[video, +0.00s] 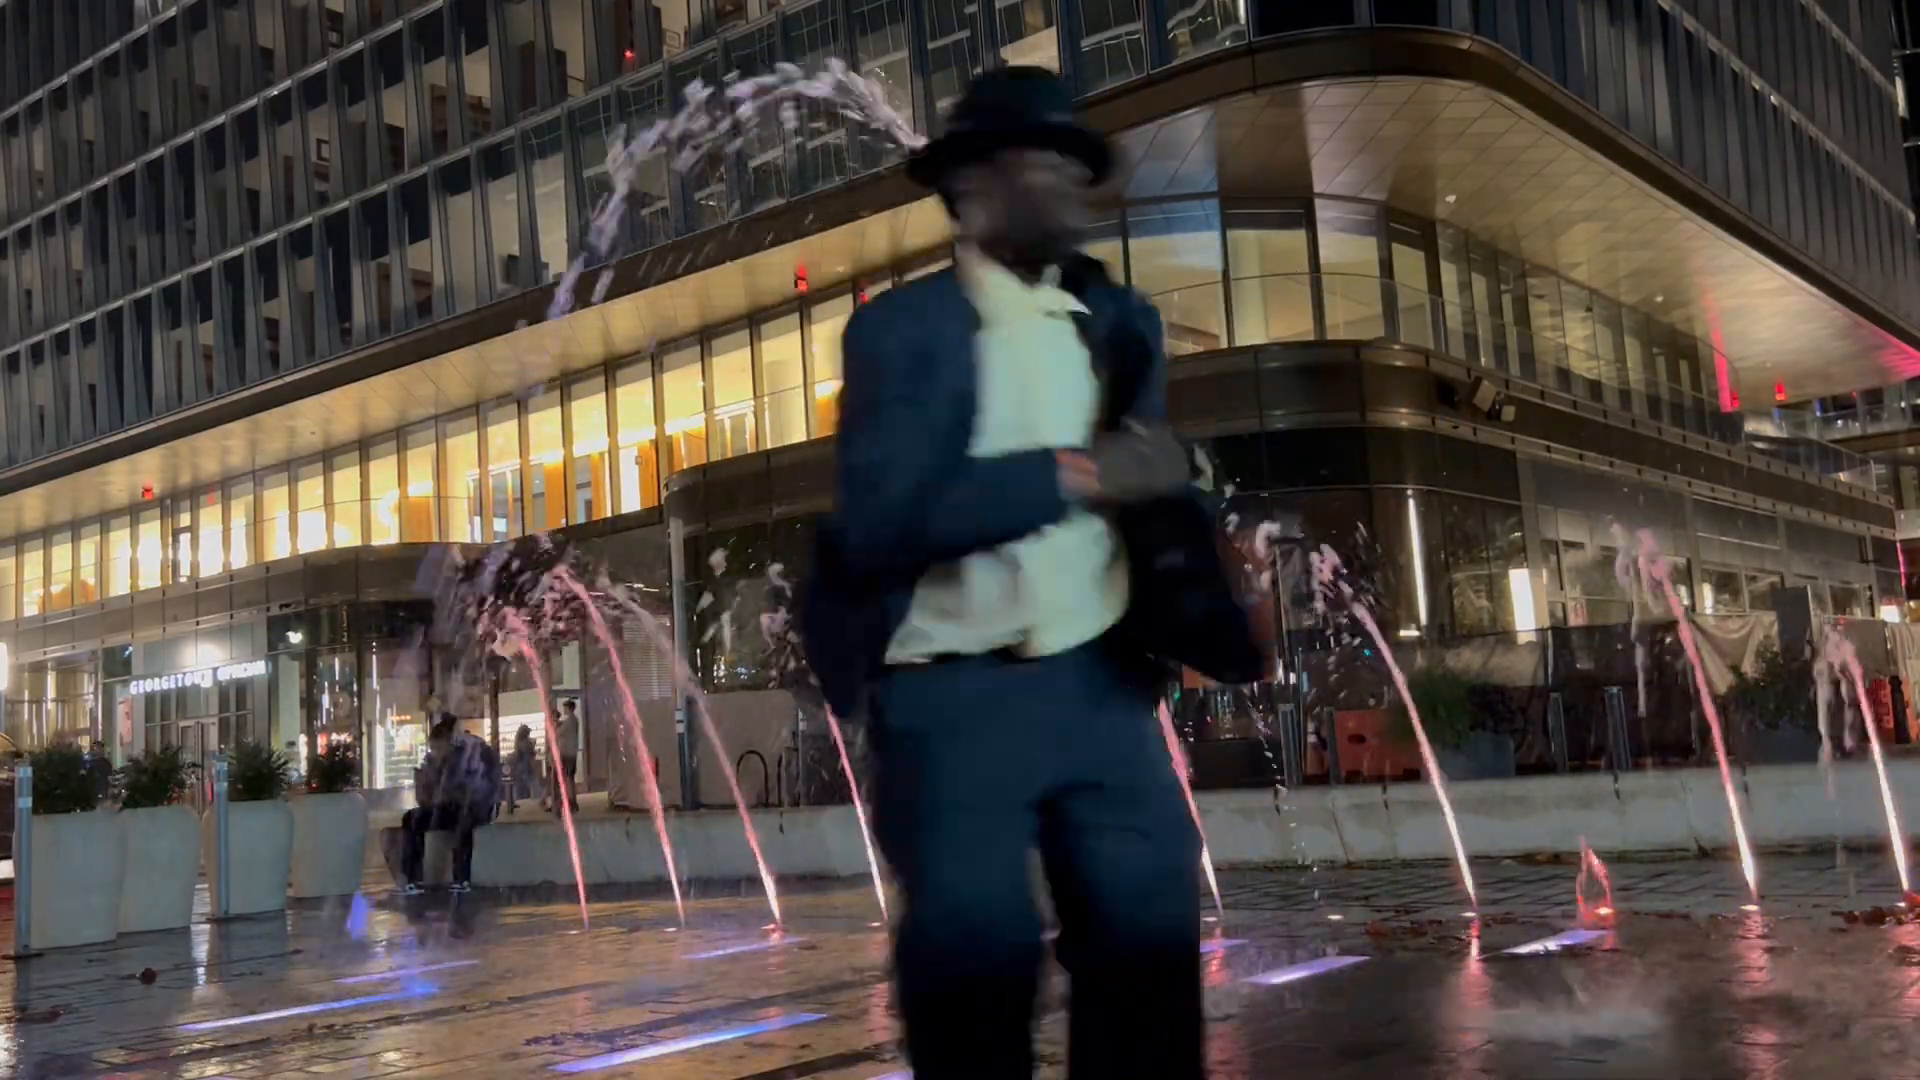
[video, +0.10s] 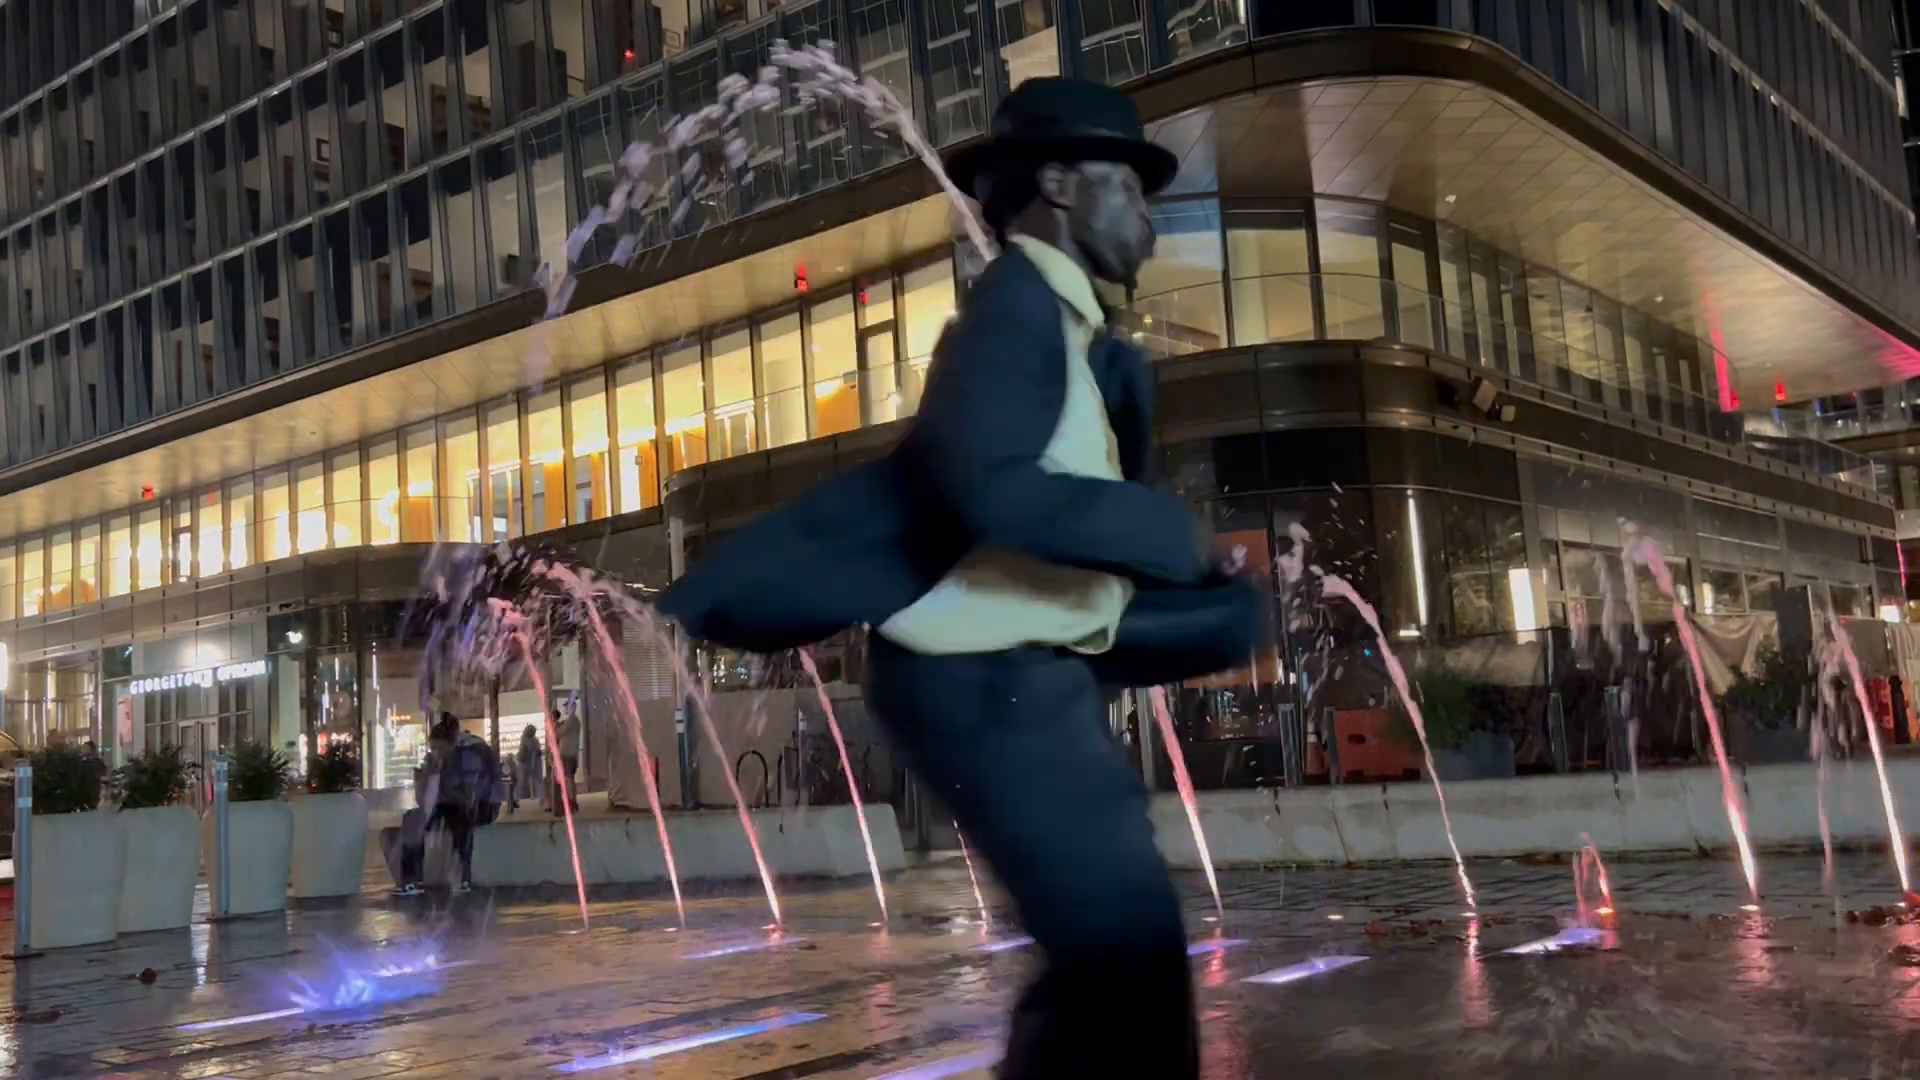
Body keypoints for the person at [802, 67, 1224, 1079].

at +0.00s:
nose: (1085, 189)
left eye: (1084, 170)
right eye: (1061, 165)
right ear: (981, 184)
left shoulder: (1118, 322)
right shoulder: (900, 328)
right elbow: (877, 519)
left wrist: (1162, 476)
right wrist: (1068, 477)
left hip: (1103, 689)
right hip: (949, 700)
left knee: (1151, 955)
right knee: (974, 980)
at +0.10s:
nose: (1150, 215)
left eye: (1145, 190)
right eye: (1132, 186)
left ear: (1075, 196)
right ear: (1061, 191)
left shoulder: (1080, 333)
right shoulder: (1017, 307)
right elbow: (992, 486)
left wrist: (1216, 600)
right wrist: (1183, 538)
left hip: (1032, 659)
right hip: (975, 663)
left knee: (1124, 937)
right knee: (1121, 938)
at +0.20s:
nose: (1119, 226)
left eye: (1117, 206)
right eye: (1111, 204)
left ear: (992, 220)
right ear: (1071, 203)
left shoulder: (915, 334)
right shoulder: (1098, 292)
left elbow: (837, 497)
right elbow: (1151, 435)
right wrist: (1208, 549)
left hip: (914, 663)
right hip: (1023, 645)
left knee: (1058, 930)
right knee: (1179, 858)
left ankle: (1088, 1064)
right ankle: (1141, 1067)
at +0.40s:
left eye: (891, 183)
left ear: (898, 195)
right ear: (1007, 201)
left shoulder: (861, 271)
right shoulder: (1100, 297)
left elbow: (830, 436)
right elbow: (1238, 414)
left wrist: (766, 503)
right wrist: (1147, 527)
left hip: (1001, 660)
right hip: (1144, 649)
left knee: (976, 932)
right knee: (1126, 924)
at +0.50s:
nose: (844, 220)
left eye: (845, 197)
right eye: (843, 198)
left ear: (865, 189)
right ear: (959, 196)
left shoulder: (894, 255)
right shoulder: (1014, 291)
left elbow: (910, 419)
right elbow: (1123, 466)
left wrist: (772, 541)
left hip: (1035, 648)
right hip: (1122, 636)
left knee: (946, 946)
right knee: (1092, 940)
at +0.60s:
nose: (796, 237)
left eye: (799, 208)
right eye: (794, 215)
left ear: (833, 192)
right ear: (895, 187)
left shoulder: (907, 261)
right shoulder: (916, 282)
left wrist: (859, 515)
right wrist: (1225, 586)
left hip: (1027, 665)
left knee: (903, 965)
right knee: (1057, 953)